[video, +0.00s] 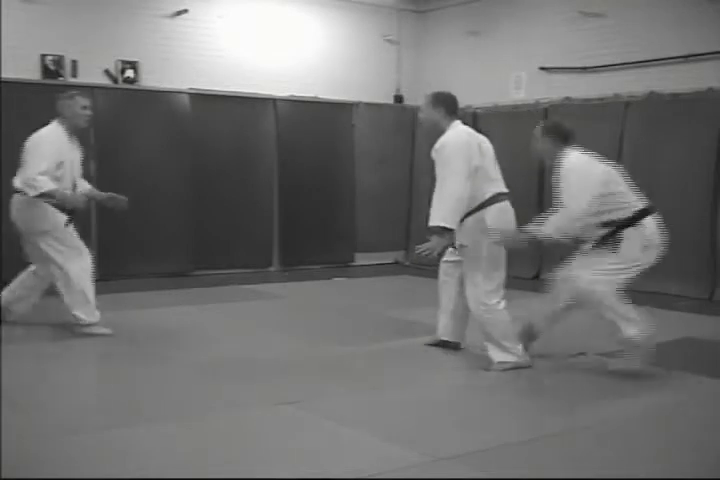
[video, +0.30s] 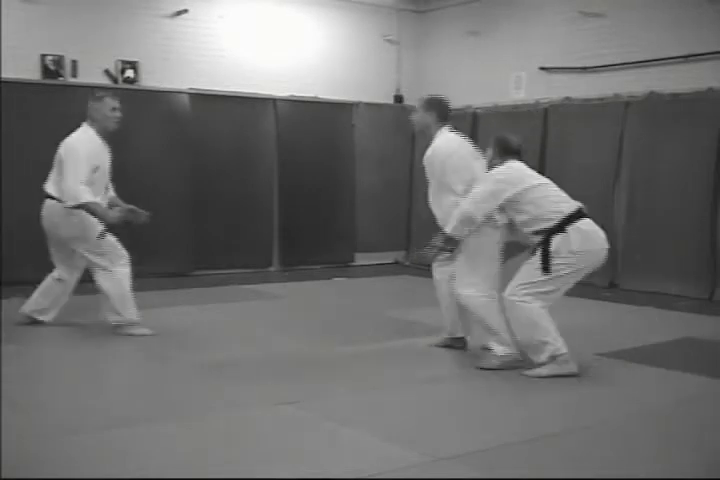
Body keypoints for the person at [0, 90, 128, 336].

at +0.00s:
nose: (89, 114)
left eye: (90, 109)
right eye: (84, 109)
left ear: (83, 112)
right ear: (65, 110)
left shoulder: (72, 144)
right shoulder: (46, 138)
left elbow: (75, 183)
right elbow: (30, 180)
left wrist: (103, 197)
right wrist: (62, 197)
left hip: (43, 208)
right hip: (33, 207)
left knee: (46, 266)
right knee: (77, 257)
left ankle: (7, 307)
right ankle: (86, 320)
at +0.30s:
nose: (118, 115)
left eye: (119, 111)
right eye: (112, 110)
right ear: (94, 111)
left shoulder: (100, 146)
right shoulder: (78, 143)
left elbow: (103, 187)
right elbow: (73, 189)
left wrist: (121, 207)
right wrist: (103, 212)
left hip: (66, 212)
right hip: (64, 211)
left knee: (68, 269)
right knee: (116, 258)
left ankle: (31, 313)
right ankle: (125, 321)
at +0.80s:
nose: (122, 96)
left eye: (122, 91)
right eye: (117, 91)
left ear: (104, 96)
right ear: (98, 95)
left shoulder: (104, 124)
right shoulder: (91, 124)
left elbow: (118, 164)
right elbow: (93, 174)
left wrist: (144, 175)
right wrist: (123, 189)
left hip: (81, 195)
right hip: (87, 198)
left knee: (81, 258)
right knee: (118, 257)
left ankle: (54, 311)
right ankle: (125, 321)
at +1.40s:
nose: (159, 108)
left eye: (159, 102)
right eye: (155, 102)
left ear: (153, 105)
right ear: (138, 103)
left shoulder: (149, 139)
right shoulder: (119, 134)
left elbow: (153, 177)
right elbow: (103, 175)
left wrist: (162, 191)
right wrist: (134, 193)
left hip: (120, 208)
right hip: (105, 206)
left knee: (82, 259)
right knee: (141, 261)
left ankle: (42, 303)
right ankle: (138, 324)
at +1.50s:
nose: (185, 95)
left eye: (184, 89)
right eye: (180, 89)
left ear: (168, 91)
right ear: (165, 90)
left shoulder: (164, 122)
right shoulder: (144, 118)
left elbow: (161, 164)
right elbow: (130, 164)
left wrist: (176, 179)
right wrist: (166, 178)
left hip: (144, 198)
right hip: (130, 197)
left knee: (121, 255)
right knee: (141, 259)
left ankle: (78, 302)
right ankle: (138, 322)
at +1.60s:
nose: (194, 87)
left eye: (194, 81)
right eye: (189, 81)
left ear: (176, 83)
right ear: (171, 81)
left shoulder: (174, 112)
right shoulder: (157, 110)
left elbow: (167, 154)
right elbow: (142, 155)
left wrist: (190, 173)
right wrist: (180, 173)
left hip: (160, 191)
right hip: (147, 191)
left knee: (141, 250)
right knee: (155, 253)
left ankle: (112, 303)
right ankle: (138, 315)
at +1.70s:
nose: (209, 90)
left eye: (209, 85)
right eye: (203, 85)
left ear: (192, 88)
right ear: (185, 86)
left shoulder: (191, 117)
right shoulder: (175, 112)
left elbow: (207, 156)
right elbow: (167, 155)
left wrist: (237, 174)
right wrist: (206, 167)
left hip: (177, 193)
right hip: (171, 192)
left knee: (159, 257)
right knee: (203, 252)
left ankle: (137, 316)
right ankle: (170, 314)